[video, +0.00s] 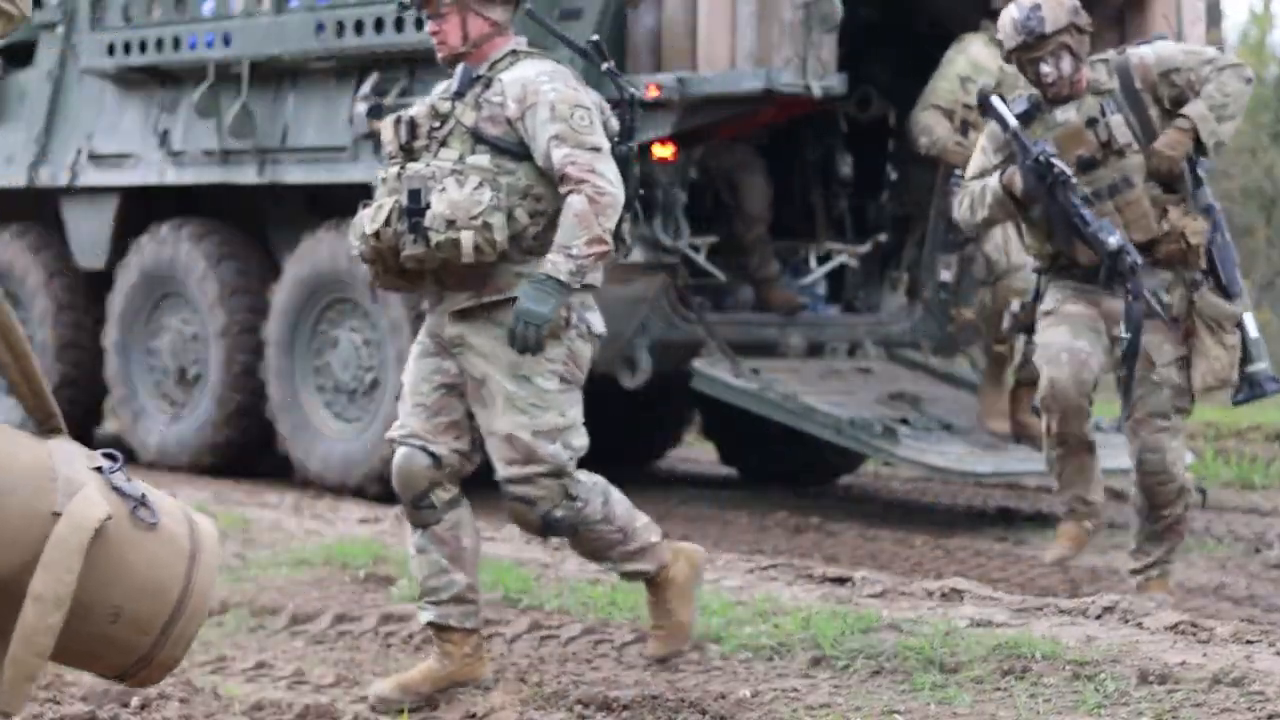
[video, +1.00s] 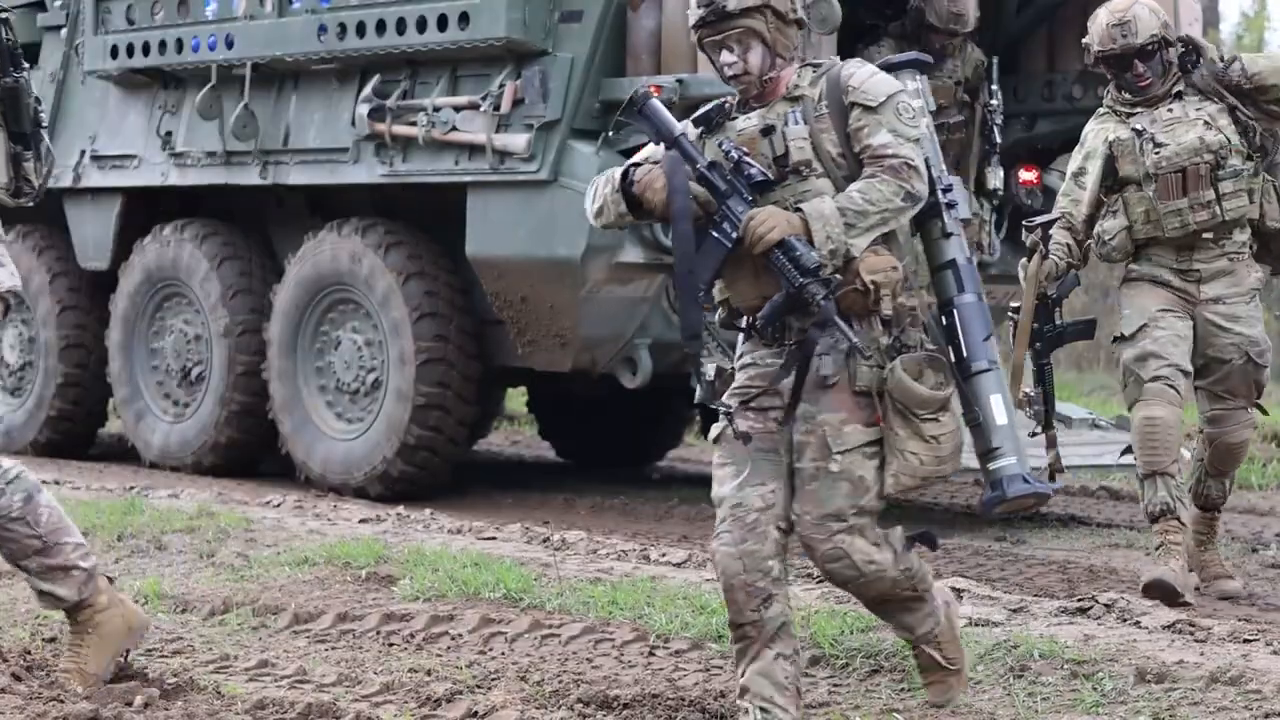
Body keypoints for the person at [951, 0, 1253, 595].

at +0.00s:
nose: (1050, 69)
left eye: (1057, 54)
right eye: (1035, 61)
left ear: (1079, 41)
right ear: (1019, 64)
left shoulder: (1134, 73)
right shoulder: (1010, 122)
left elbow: (1231, 74)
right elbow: (965, 210)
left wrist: (1186, 130)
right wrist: (1012, 185)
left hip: (1157, 282)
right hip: (1073, 287)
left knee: (1154, 441)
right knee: (1063, 384)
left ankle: (1156, 568)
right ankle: (1077, 510)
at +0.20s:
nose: (1000, 40)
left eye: (1009, 23)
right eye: (985, 32)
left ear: (1036, 12)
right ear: (972, 34)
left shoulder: (1092, 38)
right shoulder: (968, 97)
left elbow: (1190, 54)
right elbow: (919, 186)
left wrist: (1149, 101)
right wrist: (977, 145)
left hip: (1127, 269)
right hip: (1042, 276)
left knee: (1146, 441)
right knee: (1049, 418)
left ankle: (1150, 534)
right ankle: (1052, 560)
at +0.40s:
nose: (961, 23)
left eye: (968, 7)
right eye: (946, 16)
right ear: (936, 21)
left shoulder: (1064, 33)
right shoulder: (924, 87)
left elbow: (1127, 88)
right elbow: (880, 185)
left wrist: (1081, 118)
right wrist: (930, 141)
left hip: (1075, 248)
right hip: (990, 263)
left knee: (1063, 390)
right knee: (1010, 428)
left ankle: (1097, 531)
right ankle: (1047, 570)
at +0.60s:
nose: (913, 22)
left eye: (922, 7)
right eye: (899, 14)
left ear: (952, 2)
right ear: (886, 22)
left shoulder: (1021, 37)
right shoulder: (876, 86)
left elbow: (1084, 102)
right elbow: (810, 180)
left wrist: (1023, 143)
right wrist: (862, 130)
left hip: (1019, 276)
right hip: (932, 285)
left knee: (989, 455)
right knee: (954, 468)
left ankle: (984, 621)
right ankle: (1036, 548)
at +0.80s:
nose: (837, 48)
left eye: (849, 29)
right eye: (825, 37)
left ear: (884, 25)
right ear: (815, 44)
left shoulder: (960, 73)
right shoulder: (812, 114)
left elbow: (1004, 162)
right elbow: (702, 187)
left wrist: (924, 205)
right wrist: (753, 164)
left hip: (958, 324)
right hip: (864, 325)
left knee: (946, 514)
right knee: (818, 466)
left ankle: (976, 645)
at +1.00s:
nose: (728, 63)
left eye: (738, 46)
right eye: (718, 52)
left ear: (781, 39)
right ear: (715, 60)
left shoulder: (856, 87)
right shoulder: (719, 131)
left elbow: (903, 180)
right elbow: (600, 201)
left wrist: (805, 221)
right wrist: (635, 186)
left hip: (851, 334)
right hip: (760, 342)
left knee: (834, 534)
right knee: (744, 542)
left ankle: (930, 621)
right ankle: (769, 698)